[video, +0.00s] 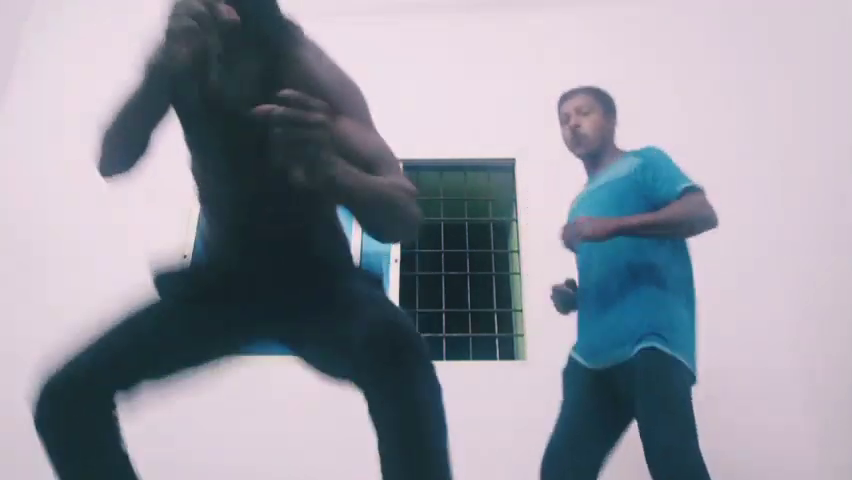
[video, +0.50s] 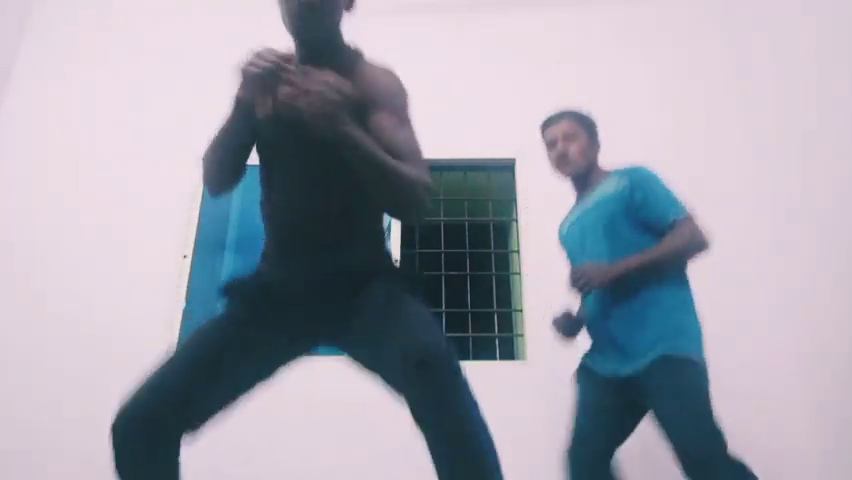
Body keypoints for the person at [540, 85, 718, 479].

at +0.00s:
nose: (572, 124)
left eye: (583, 113)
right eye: (565, 119)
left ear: (610, 121)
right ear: (562, 134)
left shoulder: (647, 162)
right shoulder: (579, 205)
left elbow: (702, 213)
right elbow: (610, 282)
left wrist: (612, 225)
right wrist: (576, 296)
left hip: (653, 342)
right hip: (594, 355)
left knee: (674, 466)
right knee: (561, 468)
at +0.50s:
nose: (560, 150)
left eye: (569, 138)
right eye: (551, 145)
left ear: (593, 142)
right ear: (548, 157)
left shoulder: (635, 182)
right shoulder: (570, 227)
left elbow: (692, 237)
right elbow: (598, 287)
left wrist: (615, 269)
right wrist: (577, 319)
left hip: (667, 351)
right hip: (610, 361)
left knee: (705, 463)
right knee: (585, 463)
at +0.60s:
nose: (576, 113)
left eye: (583, 101)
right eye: (566, 108)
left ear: (606, 103)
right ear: (563, 120)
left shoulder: (644, 136)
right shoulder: (584, 186)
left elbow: (711, 185)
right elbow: (621, 244)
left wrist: (636, 222)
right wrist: (597, 268)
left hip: (686, 302)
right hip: (631, 321)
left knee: (730, 422)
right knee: (649, 449)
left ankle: (762, 474)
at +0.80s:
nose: (621, 127)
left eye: (630, 116)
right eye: (612, 122)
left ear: (655, 118)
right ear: (608, 134)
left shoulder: (698, 155)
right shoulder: (633, 203)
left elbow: (756, 207)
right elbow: (664, 262)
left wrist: (675, 256)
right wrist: (641, 286)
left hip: (739, 339)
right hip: (681, 346)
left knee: (793, 453)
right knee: (662, 461)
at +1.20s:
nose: (604, 120)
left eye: (612, 108)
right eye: (600, 113)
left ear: (645, 110)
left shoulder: (670, 143)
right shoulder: (658, 167)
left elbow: (711, 195)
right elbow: (719, 242)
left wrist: (642, 258)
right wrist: (679, 280)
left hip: (727, 316)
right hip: (698, 323)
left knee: (773, 431)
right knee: (701, 444)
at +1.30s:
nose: (609, 147)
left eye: (617, 135)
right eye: (605, 141)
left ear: (650, 136)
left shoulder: (670, 172)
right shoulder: (663, 189)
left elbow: (699, 225)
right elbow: (721, 274)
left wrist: (625, 279)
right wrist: (680, 313)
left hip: (727, 350)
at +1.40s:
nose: (609, 151)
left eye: (617, 139)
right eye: (606, 145)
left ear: (650, 139)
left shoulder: (673, 170)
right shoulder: (661, 193)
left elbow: (714, 218)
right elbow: (715, 274)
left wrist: (642, 270)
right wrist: (669, 308)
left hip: (730, 333)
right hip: (706, 340)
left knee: (719, 456)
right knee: (690, 461)